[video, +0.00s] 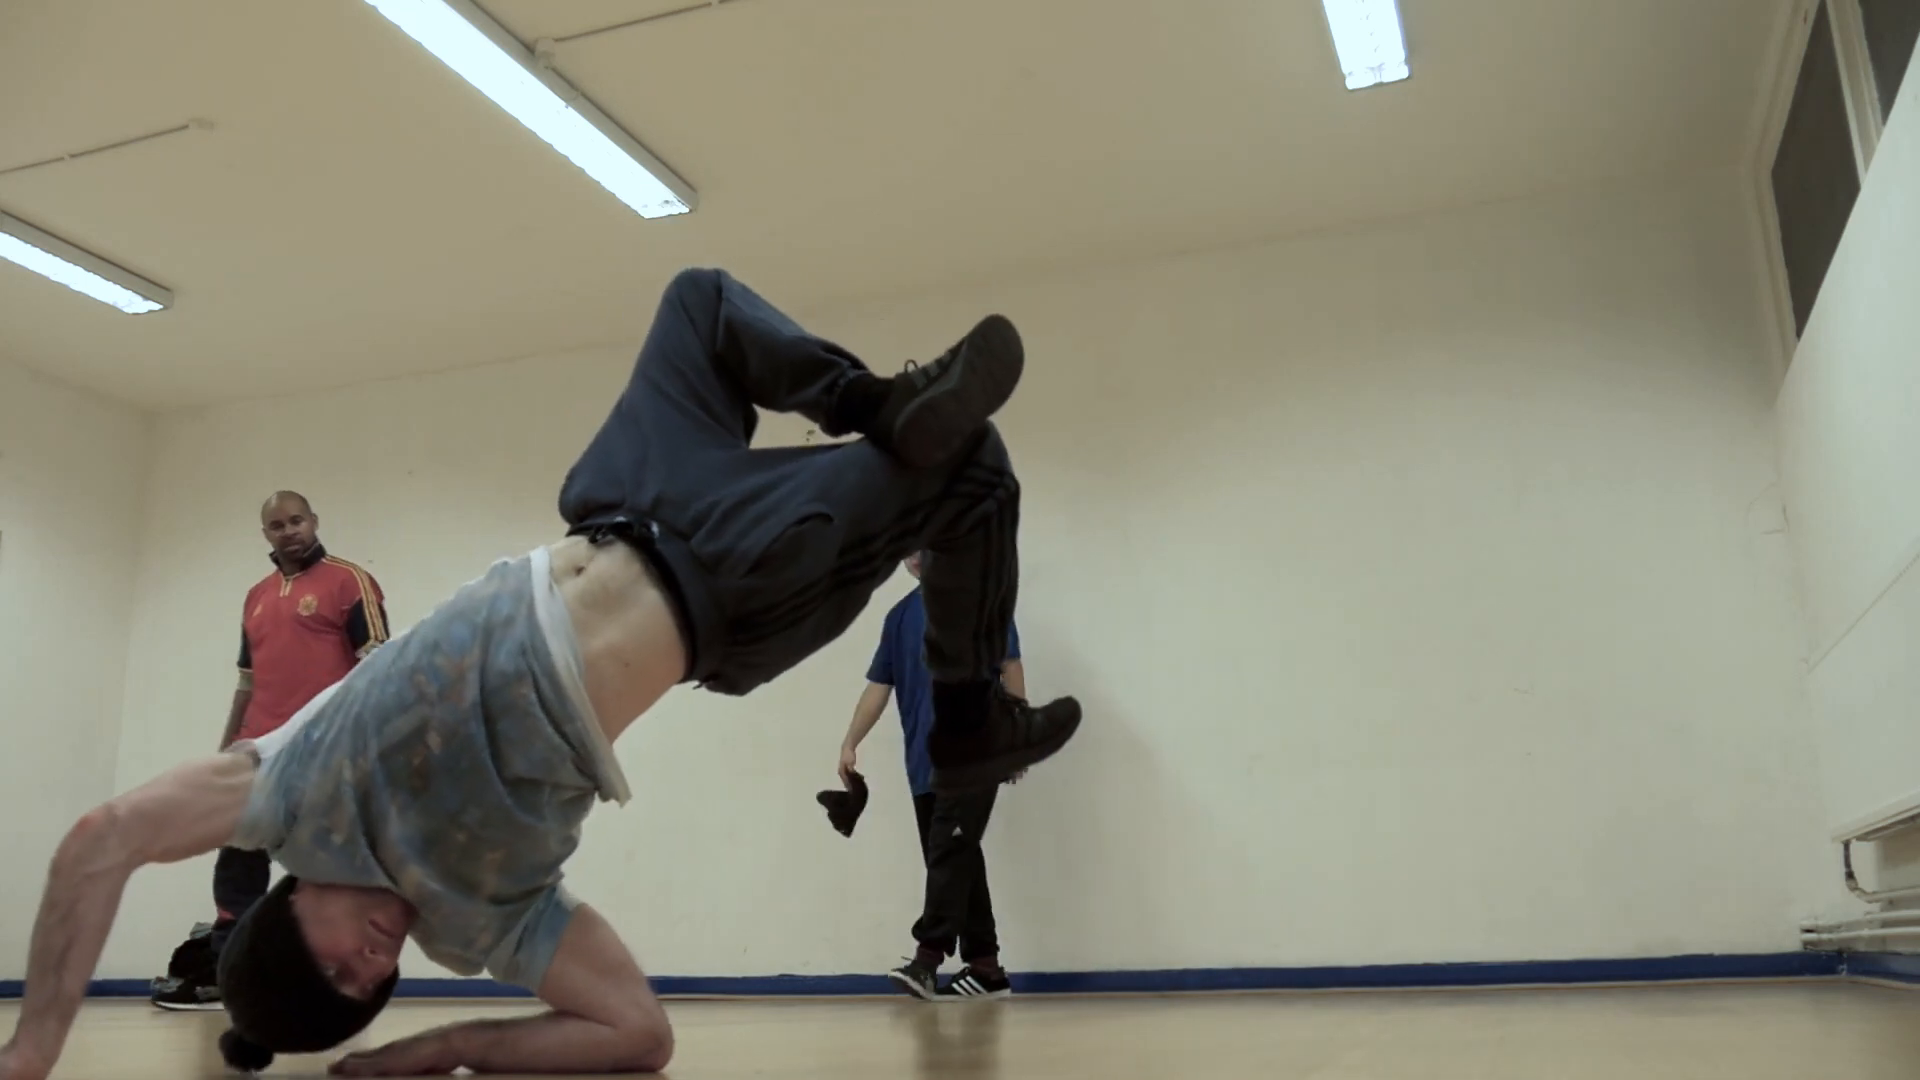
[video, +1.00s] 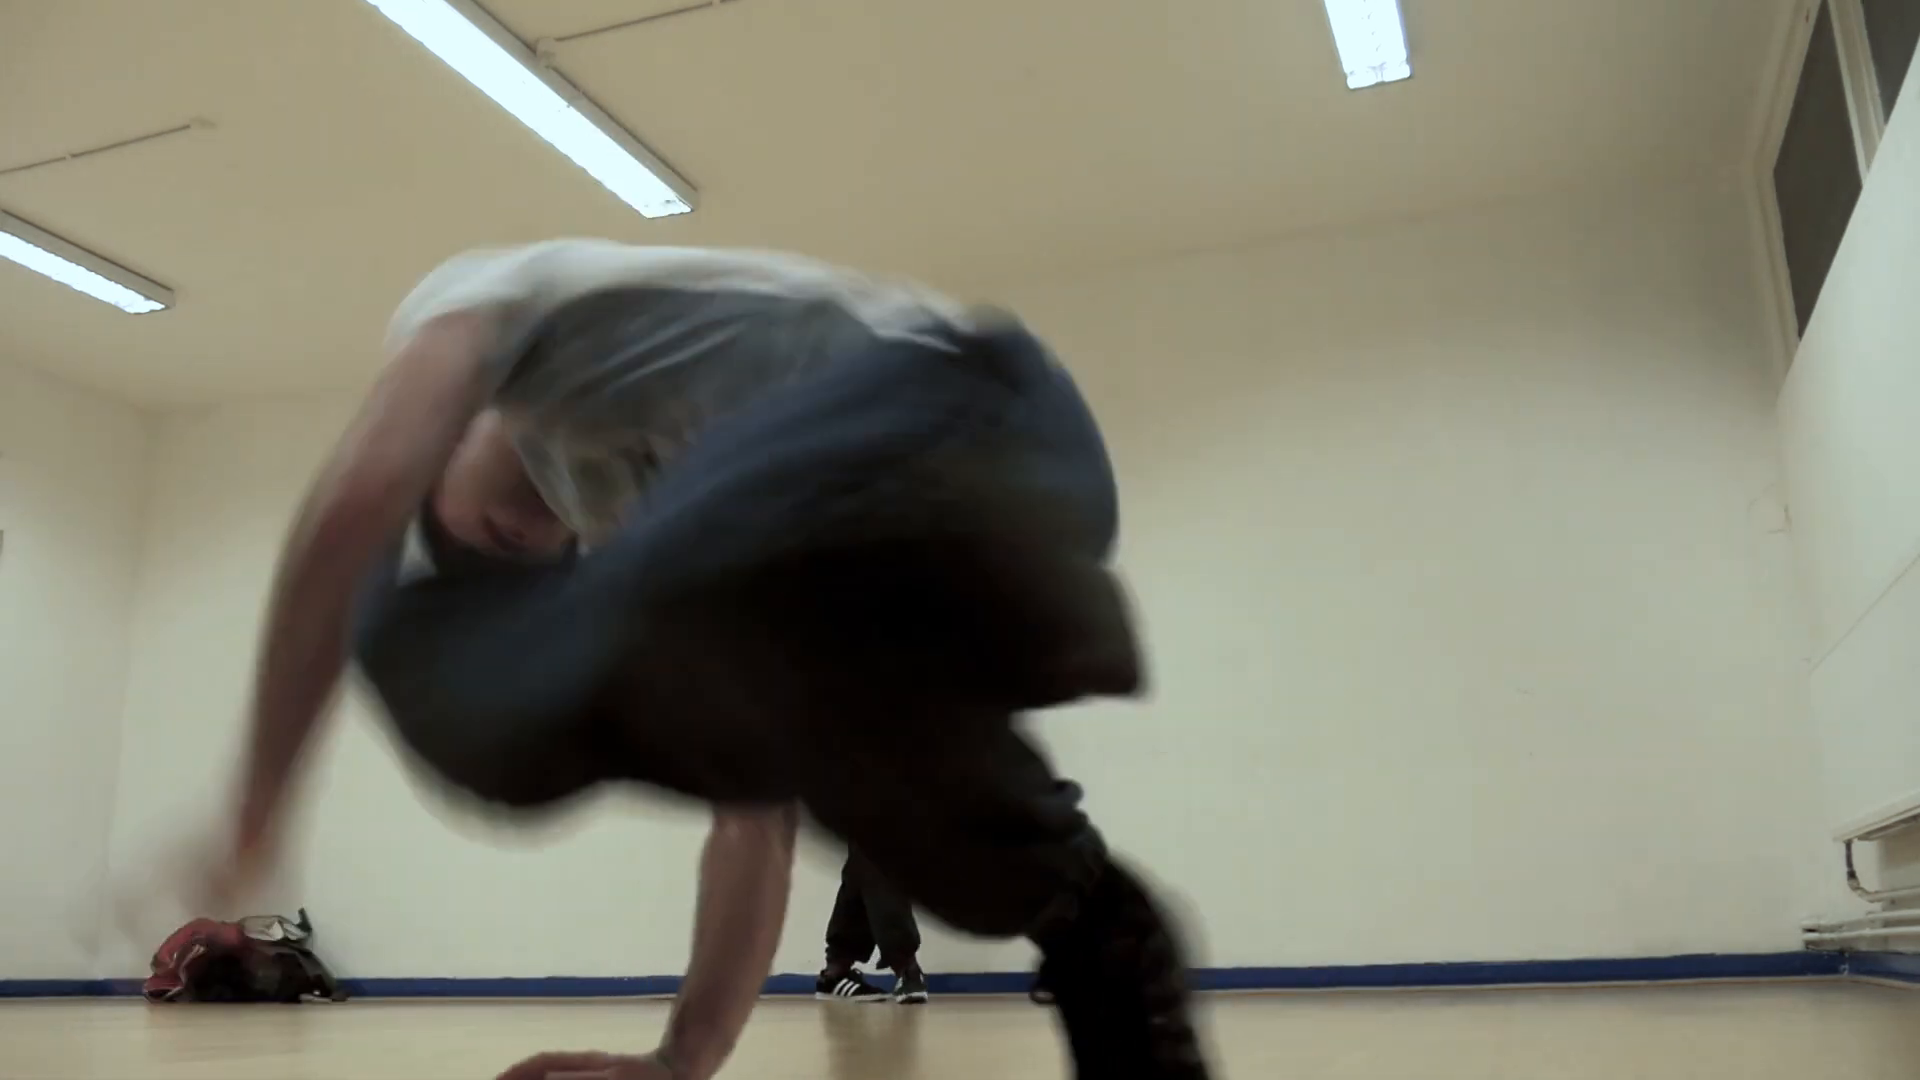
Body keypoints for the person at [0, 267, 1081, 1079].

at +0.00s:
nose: (371, 961)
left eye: (335, 970)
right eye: (364, 988)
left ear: (300, 919)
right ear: (374, 970)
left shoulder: (283, 792)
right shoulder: (490, 919)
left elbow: (96, 843)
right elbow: (640, 1038)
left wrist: (28, 1056)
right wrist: (440, 1055)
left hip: (619, 511)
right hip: (718, 602)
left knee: (700, 301)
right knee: (973, 462)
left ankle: (881, 405)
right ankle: (982, 718)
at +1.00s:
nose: (500, 547)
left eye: (475, 540)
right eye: (500, 553)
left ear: (442, 447)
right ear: (539, 529)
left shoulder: (491, 304)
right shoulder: (667, 525)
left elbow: (346, 522)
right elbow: (757, 816)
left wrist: (250, 840)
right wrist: (689, 1056)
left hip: (944, 403)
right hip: (1051, 540)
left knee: (487, 697)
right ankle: (1095, 928)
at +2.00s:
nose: (54, 437)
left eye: (21, 397)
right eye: (26, 444)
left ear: (40, 303)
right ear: (64, 415)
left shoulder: (166, 196)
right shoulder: (252, 494)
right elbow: (305, 804)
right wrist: (215, 1069)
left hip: (693, 321)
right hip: (839, 399)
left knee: (442, 811)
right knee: (1177, 702)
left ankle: (807, 943)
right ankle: (1816, 815)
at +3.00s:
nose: (694, 829)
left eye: (680, 808)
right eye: (680, 816)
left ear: (685, 761)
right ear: (752, 706)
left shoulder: (721, 723)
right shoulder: (871, 695)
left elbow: (701, 841)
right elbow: (1014, 808)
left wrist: (691, 1035)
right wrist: (1041, 1007)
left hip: (1000, 801)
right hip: (1077, 682)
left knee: (1258, 1021)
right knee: (1355, 777)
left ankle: (1559, 961)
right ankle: (1477, 818)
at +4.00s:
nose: (1035, 514)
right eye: (1030, 503)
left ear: (942, 527)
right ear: (1026, 510)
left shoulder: (895, 643)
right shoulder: (1059, 581)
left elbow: (858, 816)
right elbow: (1201, 691)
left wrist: (803, 957)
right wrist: (1328, 610)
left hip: (1007, 921)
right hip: (1101, 880)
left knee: (1163, 807)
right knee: (1265, 824)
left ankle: (1286, 919)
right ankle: (1136, 972)